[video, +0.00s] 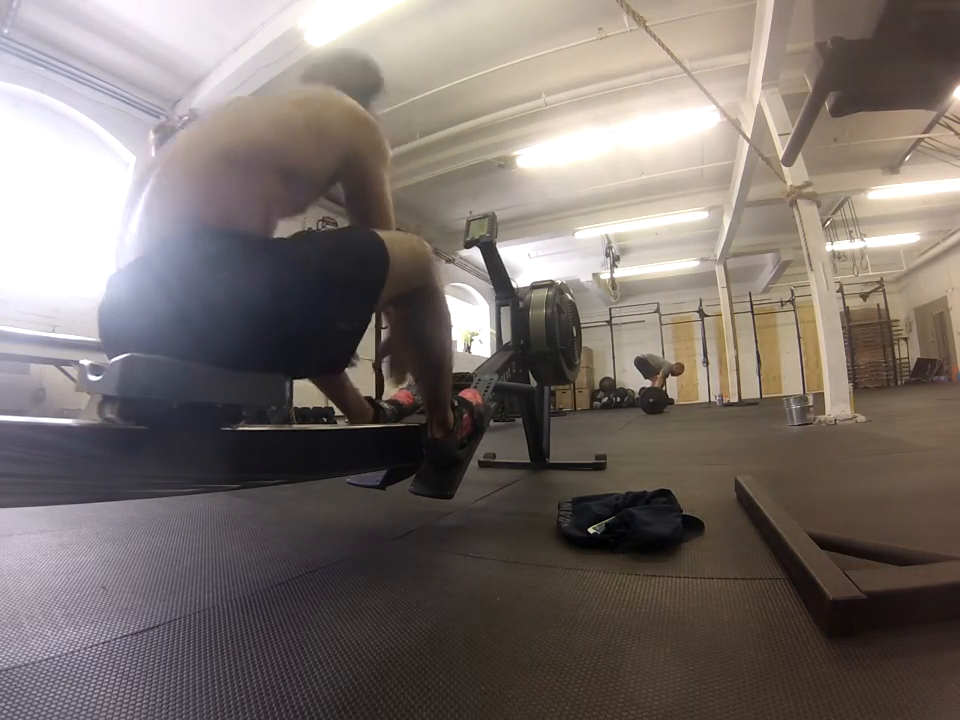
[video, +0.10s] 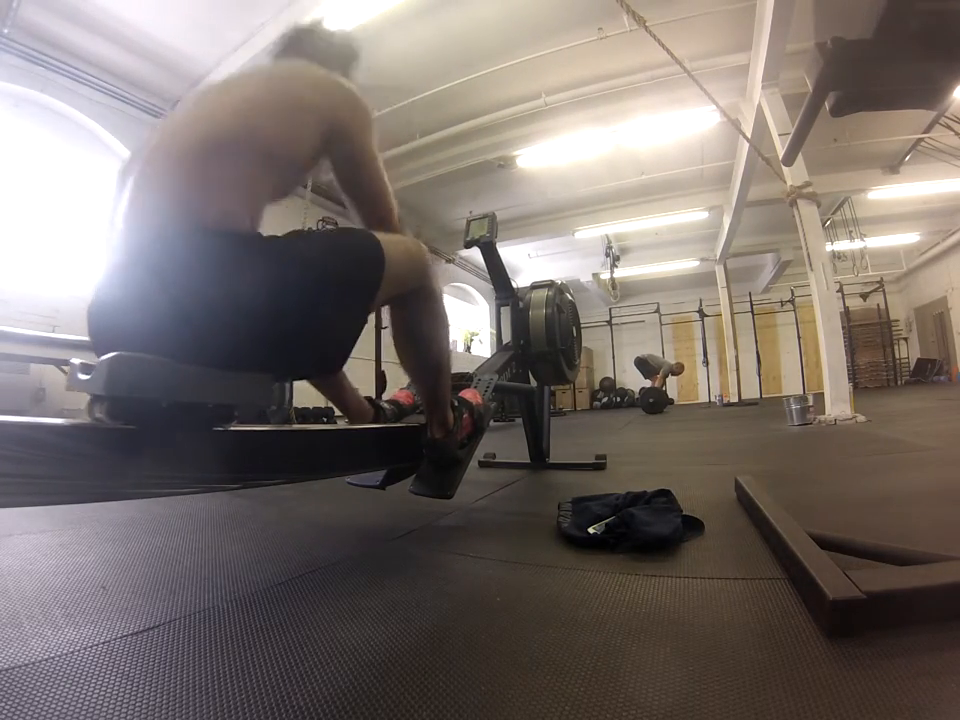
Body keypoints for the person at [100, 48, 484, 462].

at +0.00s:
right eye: (371, 105)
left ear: (307, 77)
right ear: (364, 96)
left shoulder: (239, 115)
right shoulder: (356, 125)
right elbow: (382, 257)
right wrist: (397, 335)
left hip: (126, 312)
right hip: (220, 298)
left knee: (288, 294)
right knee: (415, 263)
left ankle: (364, 418)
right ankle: (443, 426)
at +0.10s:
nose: (347, 92)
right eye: (350, 83)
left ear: (282, 56)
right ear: (338, 72)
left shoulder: (215, 95)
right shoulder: (336, 96)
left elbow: (125, 178)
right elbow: (384, 225)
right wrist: (393, 298)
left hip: (117, 309)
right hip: (212, 300)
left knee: (283, 291)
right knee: (412, 263)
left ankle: (364, 417)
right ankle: (443, 427)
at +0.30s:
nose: (311, 43)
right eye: (307, 31)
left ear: (236, 12)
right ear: (291, 15)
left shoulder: (174, 60)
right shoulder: (269, 37)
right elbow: (373, 183)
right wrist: (434, 254)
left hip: (85, 297)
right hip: (171, 279)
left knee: (279, 304)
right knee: (402, 275)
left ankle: (362, 414)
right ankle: (445, 426)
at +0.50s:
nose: (243, 35)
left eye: (245, 32)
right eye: (240, 24)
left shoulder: (107, 48)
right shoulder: (184, 12)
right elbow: (210, 101)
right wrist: (302, 262)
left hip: (56, 286)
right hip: (129, 272)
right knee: (376, 289)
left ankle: (359, 413)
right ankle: (445, 428)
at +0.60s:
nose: (227, 29)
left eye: (226, 31)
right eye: (226, 23)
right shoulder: (178, 8)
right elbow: (121, 72)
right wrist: (194, 293)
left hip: (49, 261)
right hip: (117, 252)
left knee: (244, 310)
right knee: (360, 294)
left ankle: (358, 415)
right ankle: (445, 424)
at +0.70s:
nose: (214, 17)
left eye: (217, 14)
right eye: (215, 7)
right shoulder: (160, 10)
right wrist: (132, 260)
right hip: (113, 229)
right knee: (349, 314)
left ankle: (359, 422)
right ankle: (444, 430)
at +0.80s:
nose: (196, 14)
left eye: (188, 18)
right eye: (188, 13)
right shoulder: (141, 11)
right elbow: (45, 16)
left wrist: (157, 194)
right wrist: (145, 224)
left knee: (270, 350)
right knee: (337, 323)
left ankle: (365, 431)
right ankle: (445, 429)